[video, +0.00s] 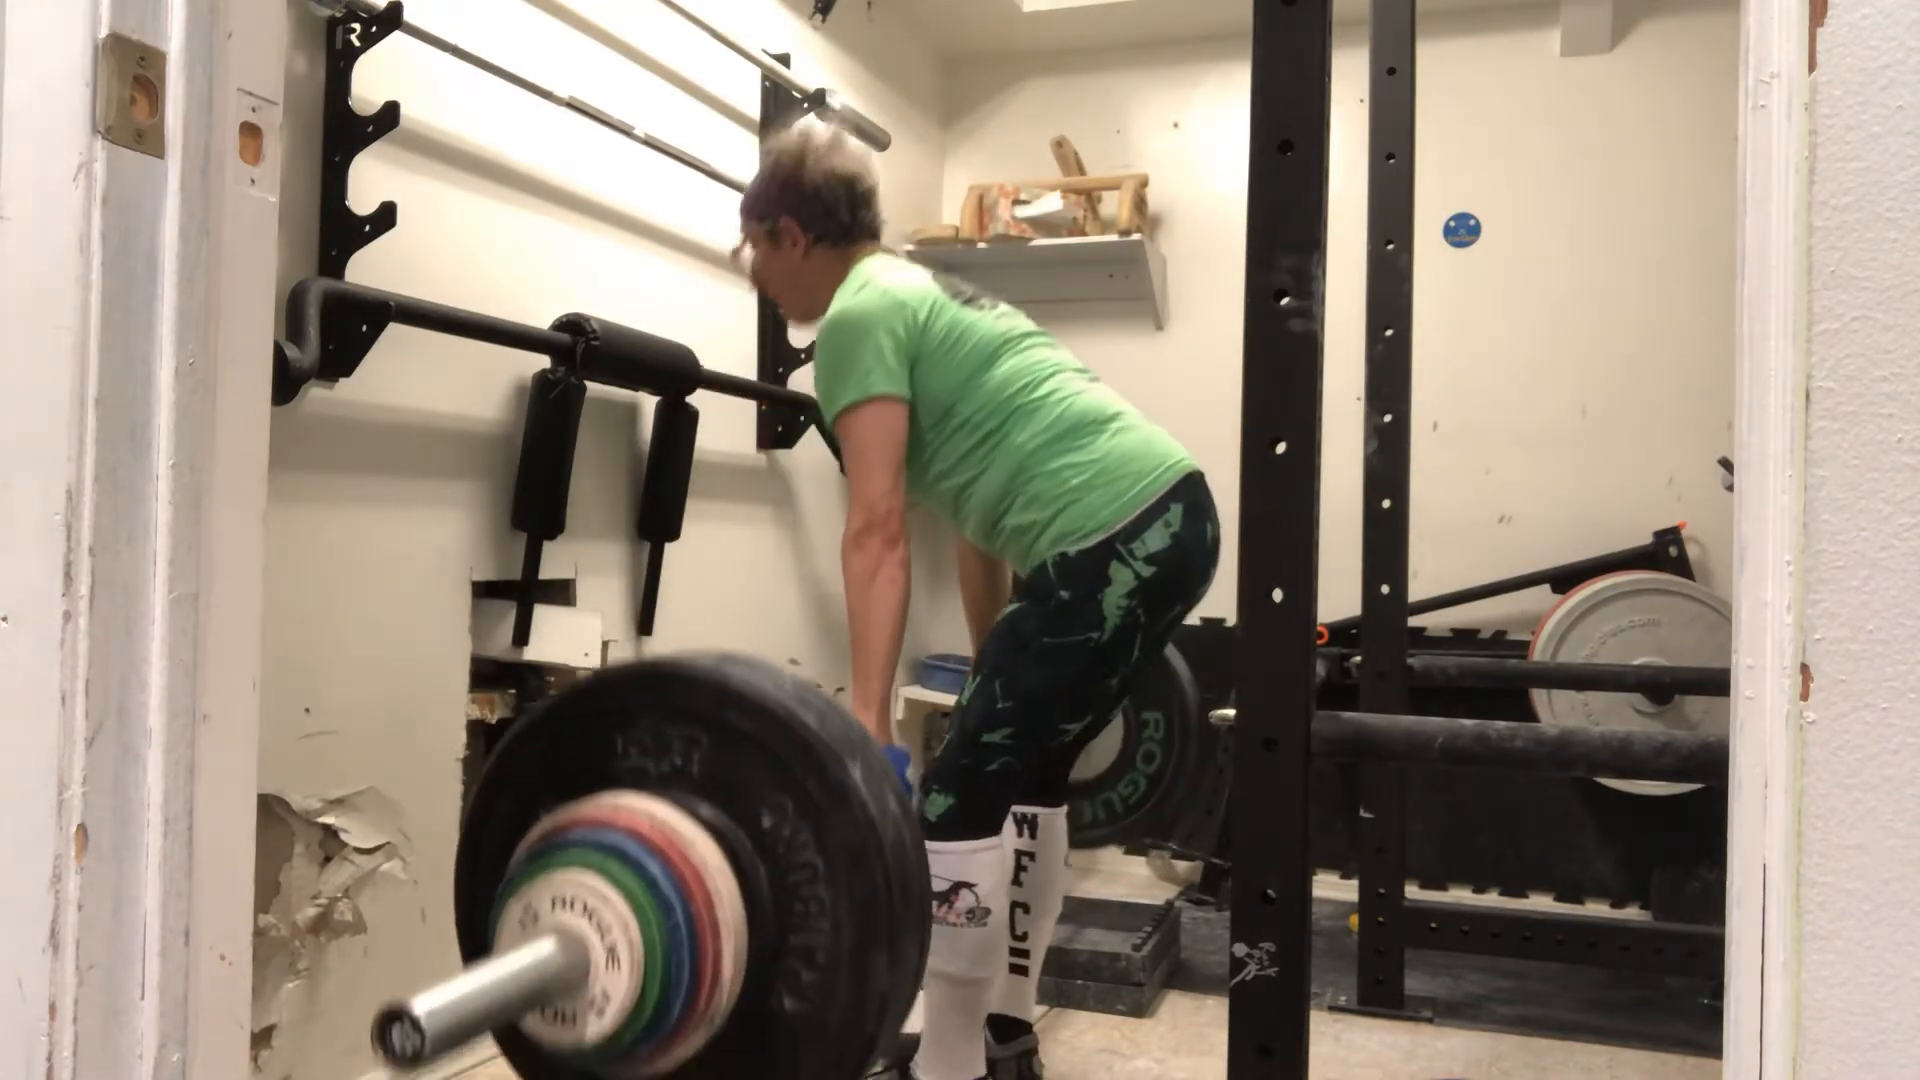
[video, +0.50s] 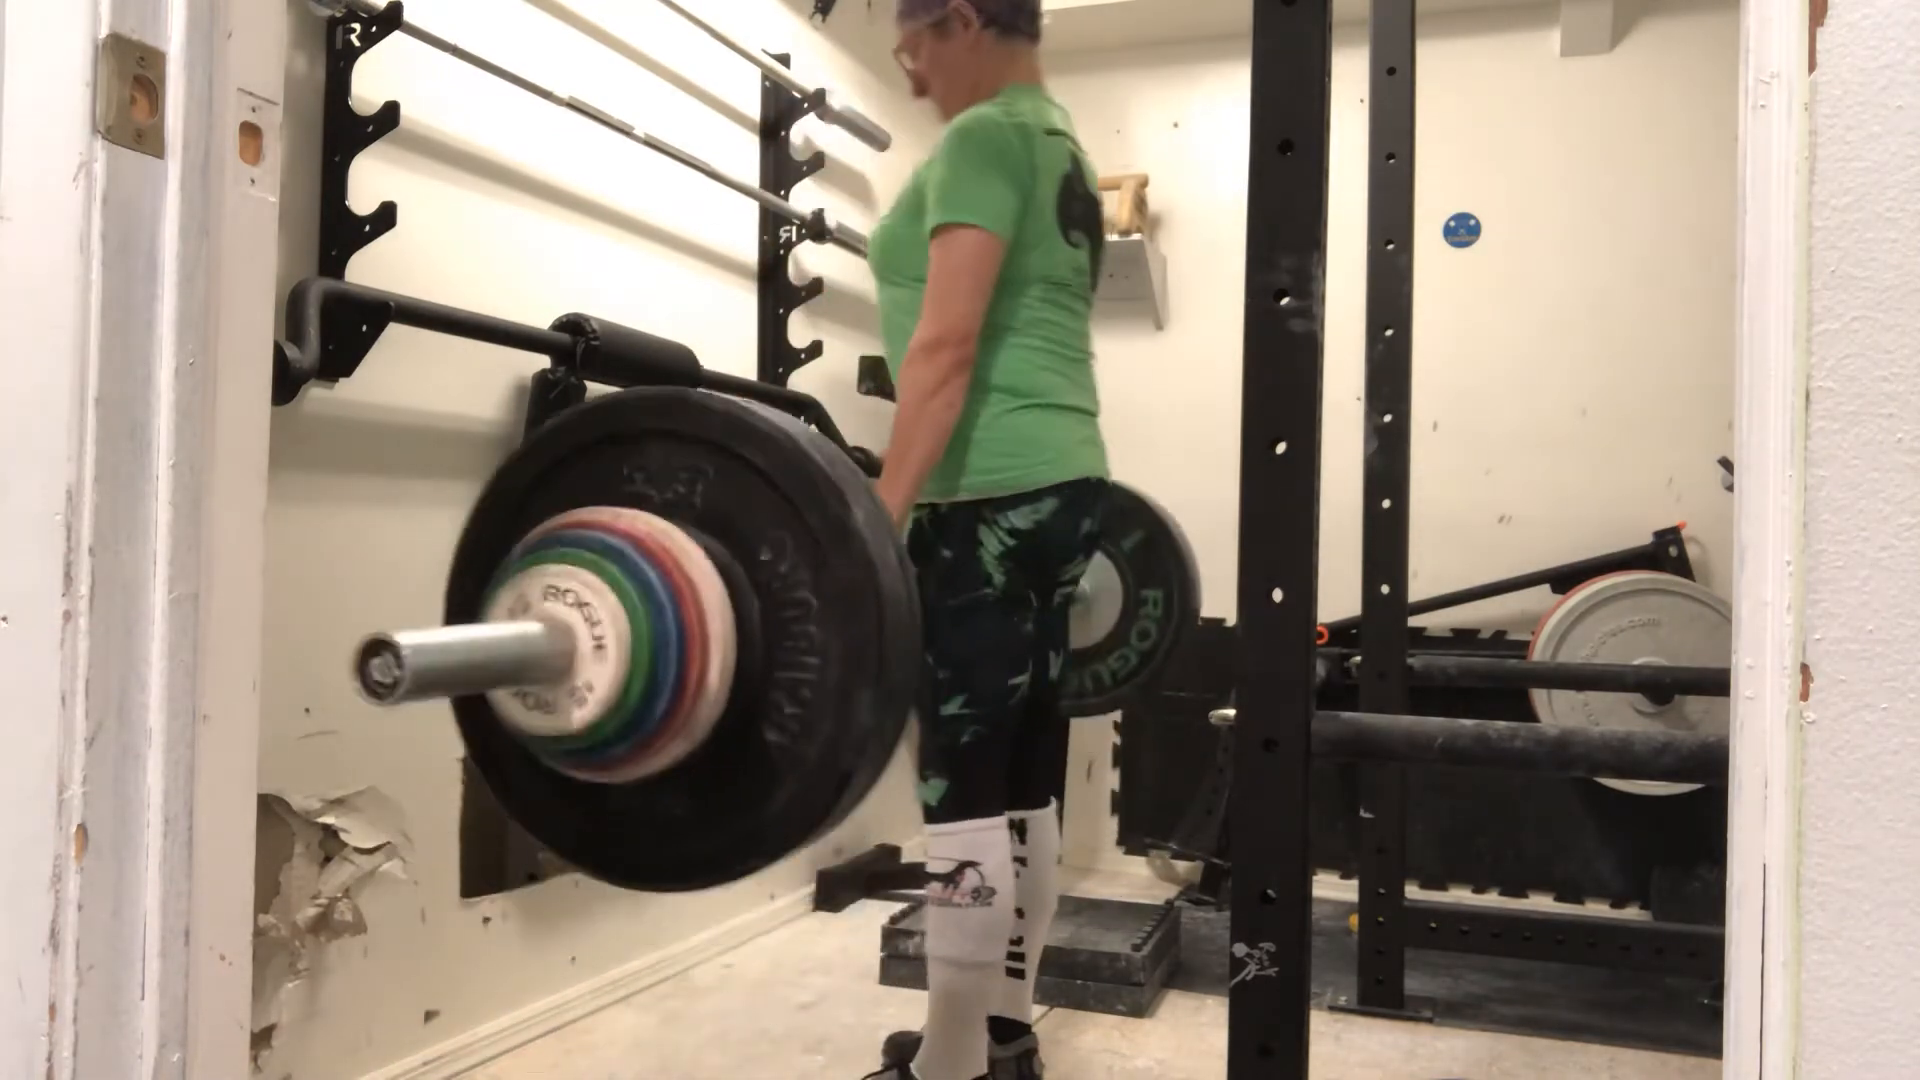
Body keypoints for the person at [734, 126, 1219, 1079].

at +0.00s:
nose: (751, 266)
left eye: (754, 242)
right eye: (749, 244)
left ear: (796, 235)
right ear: (843, 229)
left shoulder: (862, 312)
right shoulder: (922, 297)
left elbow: (877, 534)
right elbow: (981, 527)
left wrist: (868, 727)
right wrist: (992, 681)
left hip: (1111, 535)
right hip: (1160, 512)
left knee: (958, 800)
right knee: (1028, 780)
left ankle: (946, 1062)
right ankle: (1006, 1024)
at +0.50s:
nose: (909, 74)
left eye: (912, 47)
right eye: (904, 55)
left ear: (965, 21)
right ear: (1001, 28)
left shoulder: (986, 138)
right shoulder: (1053, 142)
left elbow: (947, 350)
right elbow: (1044, 337)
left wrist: (875, 522)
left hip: (982, 496)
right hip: (1052, 484)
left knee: (962, 783)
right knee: (1028, 769)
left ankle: (952, 1057)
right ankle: (1004, 1024)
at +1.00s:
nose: (784, 172)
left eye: (791, 145)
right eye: (782, 150)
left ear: (846, 130)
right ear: (863, 133)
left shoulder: (880, 230)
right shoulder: (935, 217)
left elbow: (883, 441)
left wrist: (856, 624)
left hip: (1050, 520)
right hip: (1101, 500)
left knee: (916, 769)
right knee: (995, 763)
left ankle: (941, 1061)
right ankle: (999, 1022)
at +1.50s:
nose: (696, 359)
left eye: (701, 337)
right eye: (693, 339)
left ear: (739, 323)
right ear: (774, 312)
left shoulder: (810, 388)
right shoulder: (860, 364)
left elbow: (841, 606)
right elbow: (946, 536)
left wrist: (835, 798)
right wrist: (957, 684)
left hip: (1087, 564)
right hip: (1144, 537)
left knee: (903, 805)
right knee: (996, 784)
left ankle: (942, 1062)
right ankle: (1000, 1028)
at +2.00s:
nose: (686, 428)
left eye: (680, 403)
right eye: (674, 410)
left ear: (716, 373)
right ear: (772, 357)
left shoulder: (788, 432)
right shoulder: (849, 409)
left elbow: (827, 644)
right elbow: (935, 623)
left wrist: (832, 841)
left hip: (1087, 571)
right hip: (1139, 545)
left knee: (887, 808)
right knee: (982, 791)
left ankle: (942, 1058)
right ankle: (999, 1027)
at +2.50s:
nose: (703, 409)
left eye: (702, 385)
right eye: (694, 392)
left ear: (744, 359)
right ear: (781, 348)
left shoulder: (808, 423)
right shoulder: (875, 395)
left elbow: (841, 637)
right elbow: (946, 627)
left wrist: (833, 824)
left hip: (1088, 583)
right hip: (1147, 555)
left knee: (890, 805)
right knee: (980, 790)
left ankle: (941, 1059)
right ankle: (998, 1025)